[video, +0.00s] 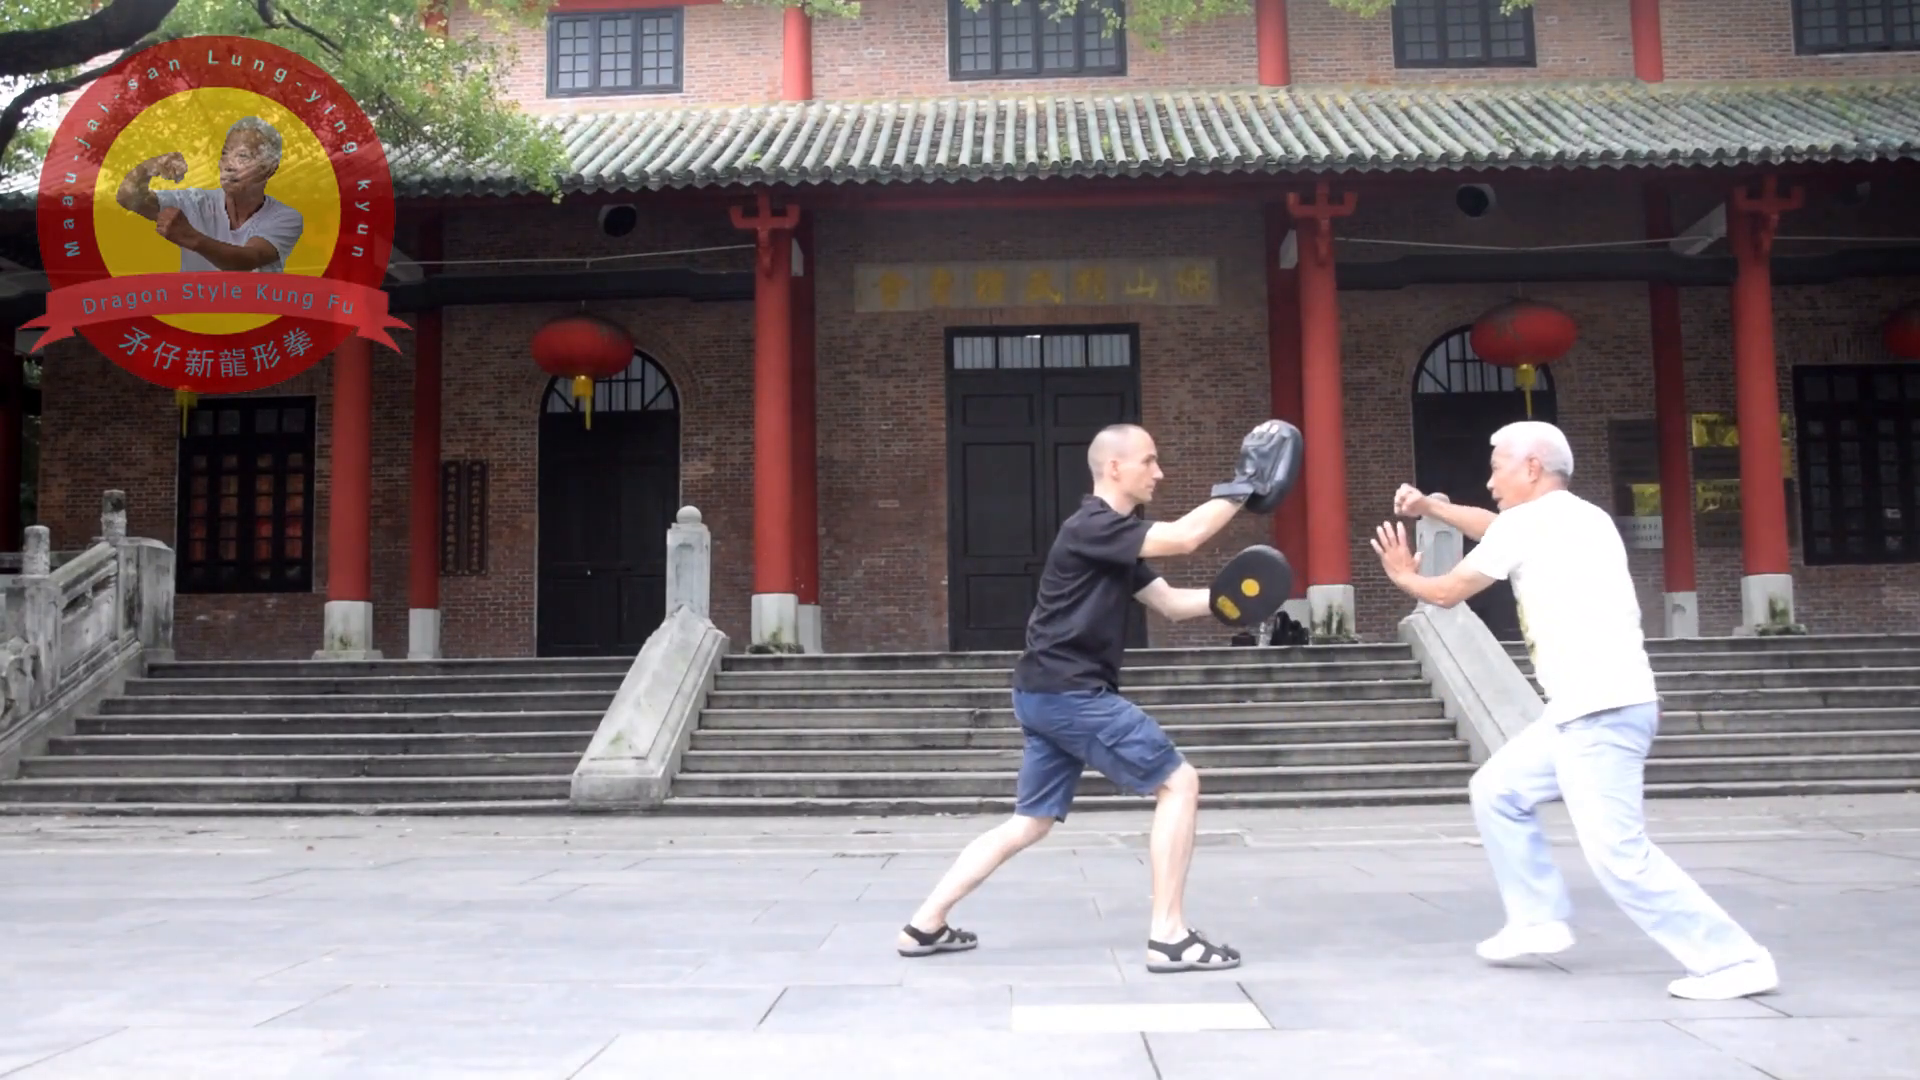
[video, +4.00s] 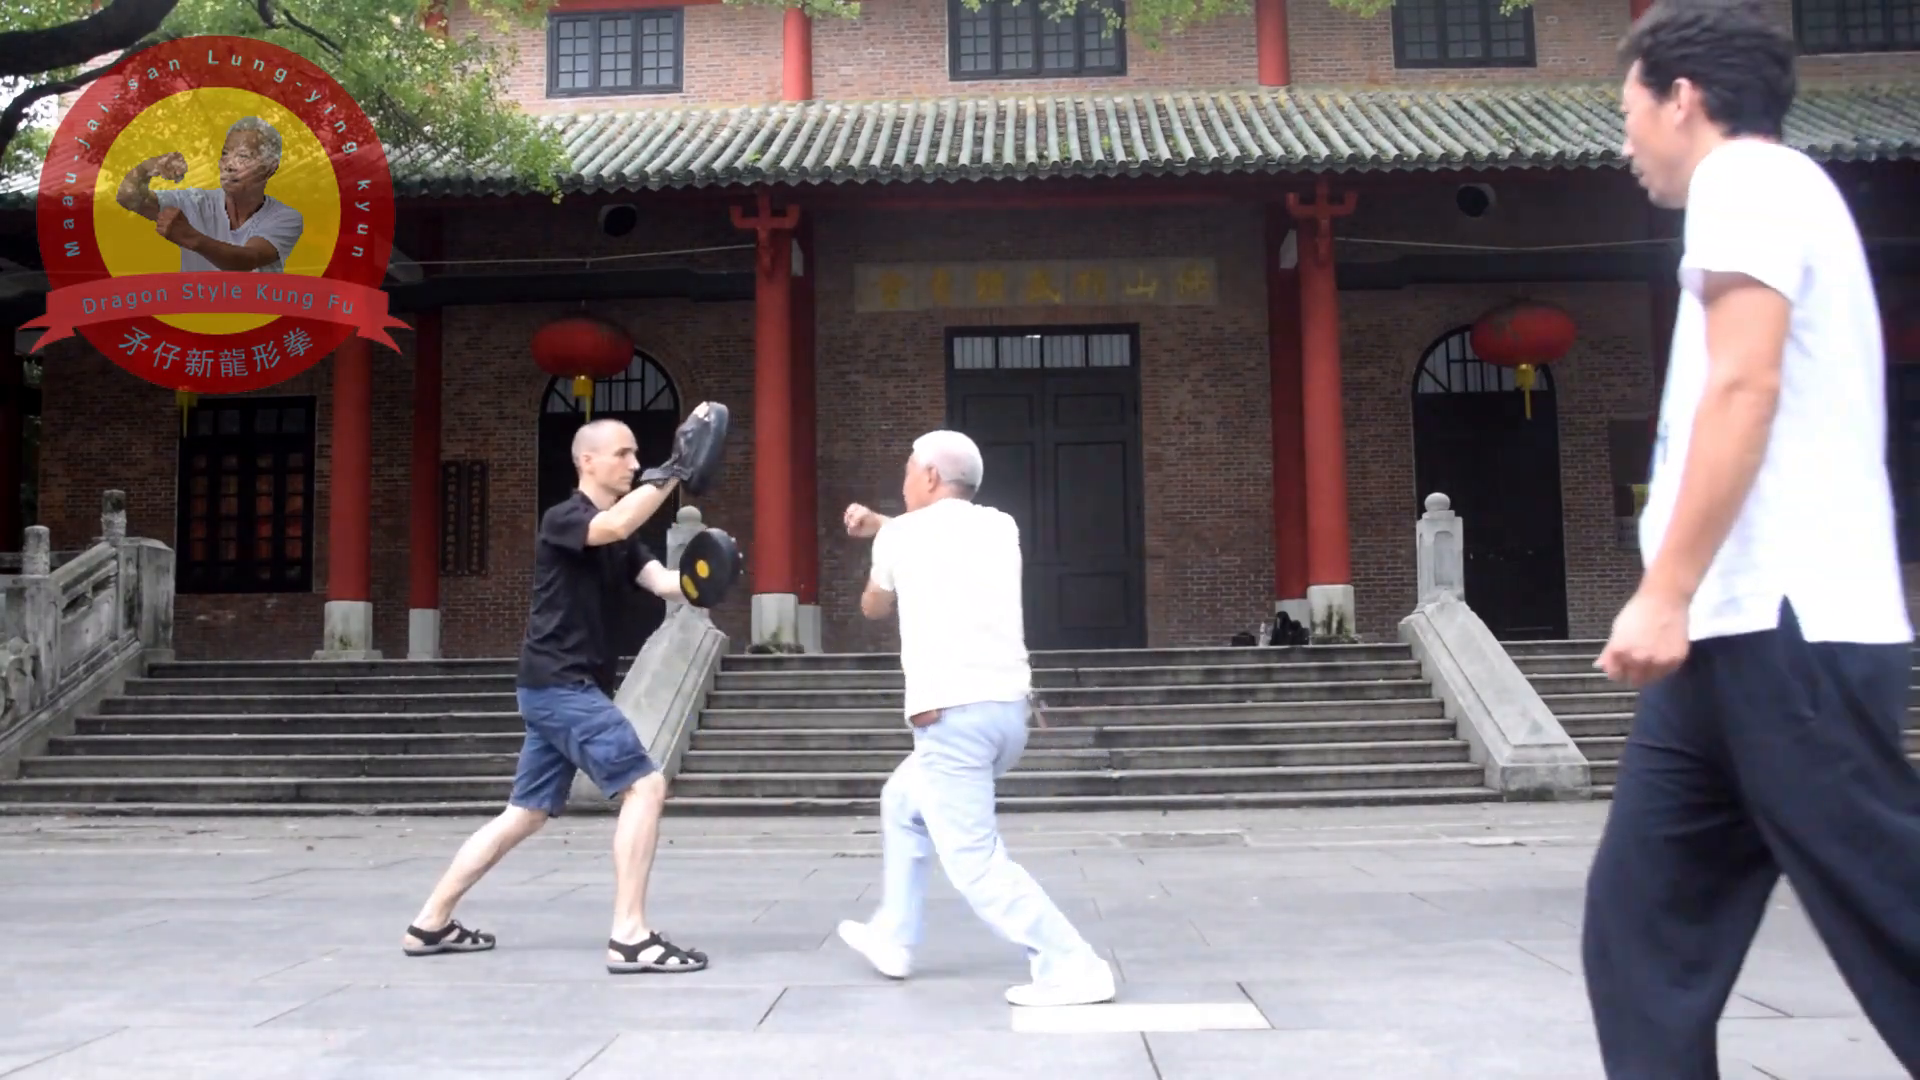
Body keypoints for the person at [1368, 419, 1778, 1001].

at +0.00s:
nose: (1491, 480)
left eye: (1497, 467)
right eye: (1492, 467)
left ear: (1532, 468)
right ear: (1545, 471)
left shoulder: (1523, 524)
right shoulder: (1591, 518)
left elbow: (1451, 591)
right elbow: (1496, 526)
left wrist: (1404, 576)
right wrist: (1429, 505)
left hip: (1595, 709)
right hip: (1609, 703)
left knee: (1620, 853)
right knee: (1495, 791)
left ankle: (1735, 960)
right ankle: (1538, 924)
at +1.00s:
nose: (1331, 473)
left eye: (1344, 464)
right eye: (1331, 463)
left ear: (1382, 476)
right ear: (1334, 470)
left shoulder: (1416, 536)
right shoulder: (1321, 528)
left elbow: (1370, 608)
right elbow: (1250, 537)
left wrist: (1283, 595)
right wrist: (1210, 485)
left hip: (1403, 708)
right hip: (1330, 701)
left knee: (1420, 831)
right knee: (1303, 811)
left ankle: (1418, 920)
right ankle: (1270, 938)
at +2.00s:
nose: (1295, 491)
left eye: (1305, 480)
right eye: (1294, 480)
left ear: (1344, 485)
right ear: (1326, 485)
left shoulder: (1386, 543)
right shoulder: (1287, 535)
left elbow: (1338, 612)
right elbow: (1210, 554)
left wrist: (1252, 590)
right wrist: (1157, 510)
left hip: (1376, 709)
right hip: (1300, 706)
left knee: (1419, 828)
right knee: (1290, 808)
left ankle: (1413, 922)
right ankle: (1272, 939)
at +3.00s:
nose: (990, 472)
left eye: (995, 463)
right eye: (993, 463)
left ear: (1014, 471)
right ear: (1053, 473)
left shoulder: (1000, 526)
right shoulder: (1085, 511)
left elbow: (957, 596)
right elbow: (1012, 499)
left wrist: (946, 570)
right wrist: (950, 476)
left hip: (1057, 698)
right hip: (1127, 698)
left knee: (1031, 839)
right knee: (1035, 823)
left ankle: (1079, 978)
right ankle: (1032, 950)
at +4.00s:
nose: (905, 478)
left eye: (910, 469)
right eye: (909, 468)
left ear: (929, 476)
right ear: (963, 482)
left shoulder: (902, 530)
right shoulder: (1003, 526)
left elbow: (874, 605)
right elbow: (947, 535)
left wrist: (901, 539)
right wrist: (880, 524)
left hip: (951, 716)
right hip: (1011, 712)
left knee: (977, 863)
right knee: (901, 800)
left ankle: (1073, 967)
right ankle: (894, 940)